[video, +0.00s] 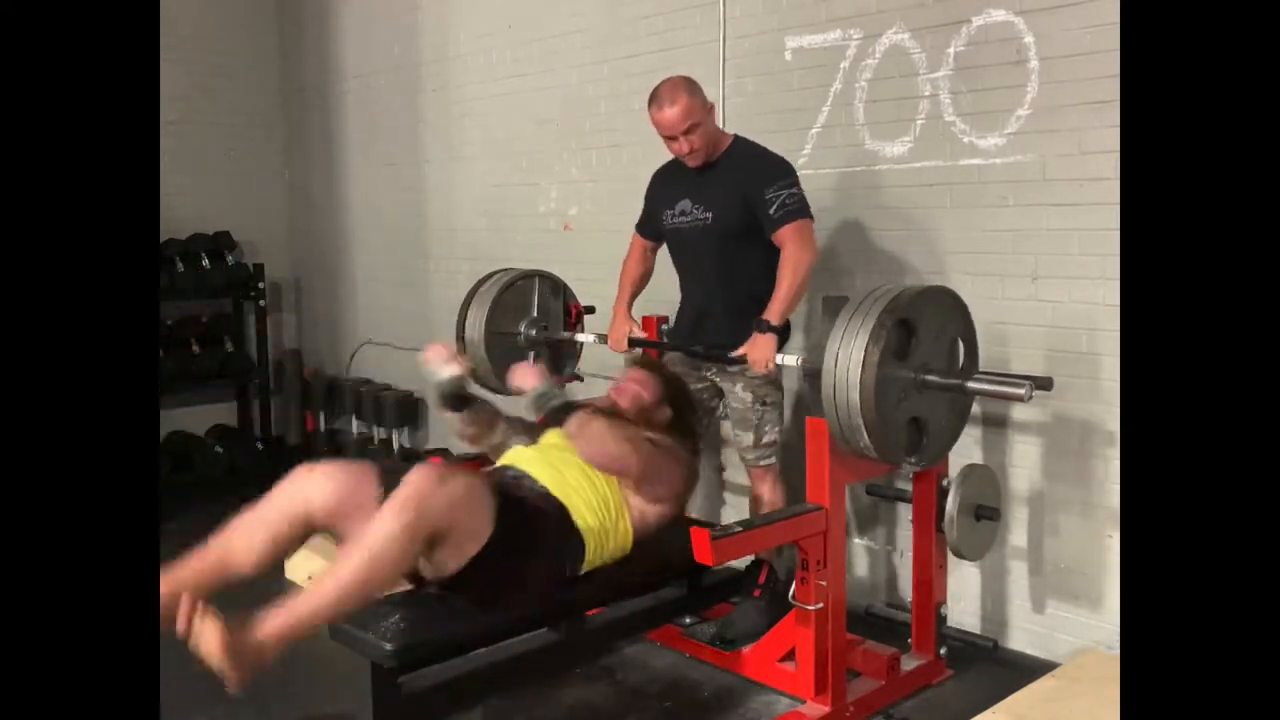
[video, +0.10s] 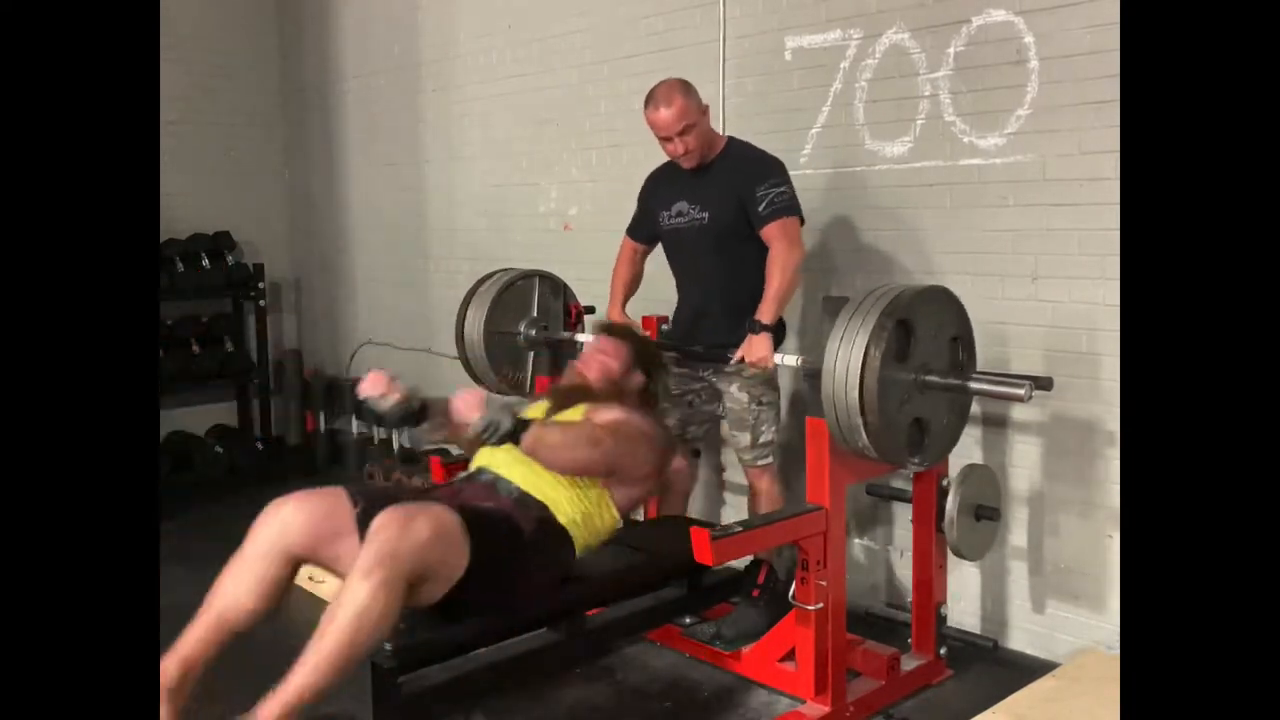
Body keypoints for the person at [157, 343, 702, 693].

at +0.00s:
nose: (620, 384)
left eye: (637, 383)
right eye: (620, 378)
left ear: (667, 411)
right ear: (614, 388)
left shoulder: (674, 460)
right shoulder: (568, 433)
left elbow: (610, 448)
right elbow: (490, 438)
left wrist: (553, 398)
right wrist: (456, 389)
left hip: (535, 552)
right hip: (461, 518)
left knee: (435, 483)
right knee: (319, 480)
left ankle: (257, 645)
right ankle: (170, 590)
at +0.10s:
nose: (587, 359)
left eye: (604, 356)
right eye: (586, 350)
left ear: (634, 379)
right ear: (576, 357)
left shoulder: (640, 431)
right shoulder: (544, 406)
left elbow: (581, 452)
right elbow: (467, 429)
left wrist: (504, 424)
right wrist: (405, 406)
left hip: (524, 542)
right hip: (449, 512)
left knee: (398, 532)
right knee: (289, 516)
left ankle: (274, 710)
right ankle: (171, 682)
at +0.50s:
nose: (423, 322)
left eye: (442, 307)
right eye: (422, 307)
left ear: (492, 310)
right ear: (418, 307)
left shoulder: (518, 369)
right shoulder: (418, 358)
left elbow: (474, 463)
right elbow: (341, 414)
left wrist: (369, 501)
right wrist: (268, 457)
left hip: (482, 542)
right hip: (398, 527)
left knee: (361, 611)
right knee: (246, 569)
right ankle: (273, 714)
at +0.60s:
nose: (375, 327)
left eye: (393, 311)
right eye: (372, 312)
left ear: (443, 309)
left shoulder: (480, 364)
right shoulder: (382, 358)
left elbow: (438, 455)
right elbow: (296, 406)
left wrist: (328, 493)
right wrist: (213, 440)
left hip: (476, 540)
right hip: (390, 527)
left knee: (354, 629)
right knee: (244, 580)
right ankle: (290, 713)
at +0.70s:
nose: (320, 339)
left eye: (340, 320)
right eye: (315, 323)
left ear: (392, 313)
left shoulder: (438, 368)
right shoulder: (352, 349)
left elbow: (358, 433)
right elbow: (247, 379)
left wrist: (264, 454)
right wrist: (175, 398)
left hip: (460, 548)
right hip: (372, 541)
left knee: (349, 646)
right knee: (242, 598)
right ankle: (299, 714)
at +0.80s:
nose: (270, 336)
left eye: (289, 319)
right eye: (265, 320)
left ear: (343, 310)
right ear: (258, 315)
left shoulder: (390, 355)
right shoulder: (292, 343)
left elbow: (318, 398)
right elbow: (196, 357)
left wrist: (219, 412)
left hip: (441, 535)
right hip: (354, 532)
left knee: (340, 659)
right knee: (232, 606)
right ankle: (298, 716)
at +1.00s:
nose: (204, 285)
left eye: (221, 264)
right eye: (196, 267)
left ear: (277, 251)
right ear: (188, 264)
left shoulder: (340, 307)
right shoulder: (244, 300)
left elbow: (321, 415)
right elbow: (188, 354)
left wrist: (201, 450)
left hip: (406, 480)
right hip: (317, 479)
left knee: (335, 655)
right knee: (229, 614)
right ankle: (298, 715)